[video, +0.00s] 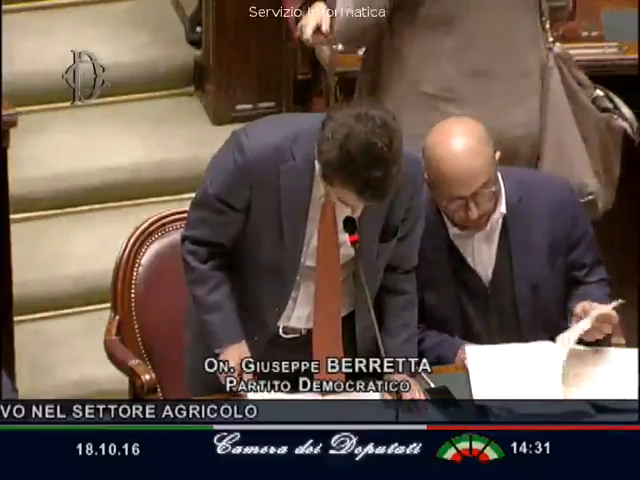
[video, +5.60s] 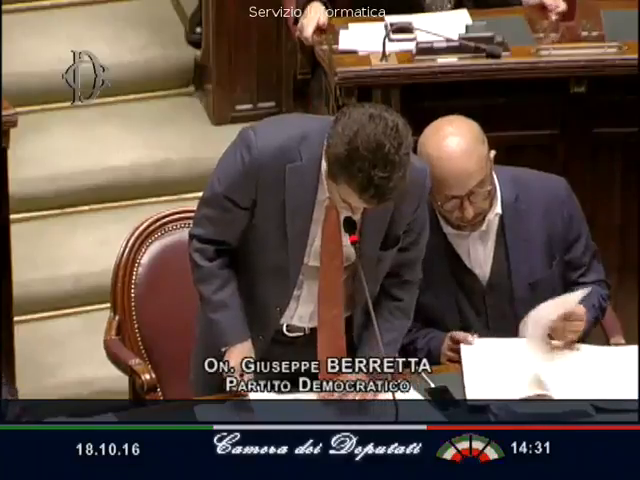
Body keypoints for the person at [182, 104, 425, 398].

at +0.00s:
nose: (355, 211)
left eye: (367, 203)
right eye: (344, 200)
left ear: (390, 174)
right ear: (322, 162)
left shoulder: (407, 174)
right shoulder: (253, 156)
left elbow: (401, 275)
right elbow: (202, 247)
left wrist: (401, 367)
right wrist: (229, 341)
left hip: (346, 336)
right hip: (260, 340)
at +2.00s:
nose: (354, 214)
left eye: (366, 206)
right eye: (343, 202)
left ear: (396, 176)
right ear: (325, 162)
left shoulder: (411, 179)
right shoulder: (257, 158)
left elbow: (404, 276)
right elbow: (206, 245)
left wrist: (401, 366)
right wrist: (230, 341)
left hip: (351, 337)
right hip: (263, 340)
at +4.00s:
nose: (361, 213)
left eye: (374, 203)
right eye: (350, 200)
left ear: (398, 176)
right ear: (328, 162)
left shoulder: (408, 176)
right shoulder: (255, 157)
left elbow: (402, 276)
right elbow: (206, 251)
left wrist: (400, 366)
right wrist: (231, 344)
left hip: (349, 336)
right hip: (262, 340)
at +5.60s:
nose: (356, 213)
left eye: (369, 206)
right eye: (347, 201)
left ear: (398, 177)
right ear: (329, 160)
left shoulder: (412, 182)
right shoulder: (260, 153)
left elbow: (402, 284)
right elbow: (208, 242)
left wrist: (372, 366)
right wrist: (235, 339)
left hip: (343, 341)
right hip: (259, 342)